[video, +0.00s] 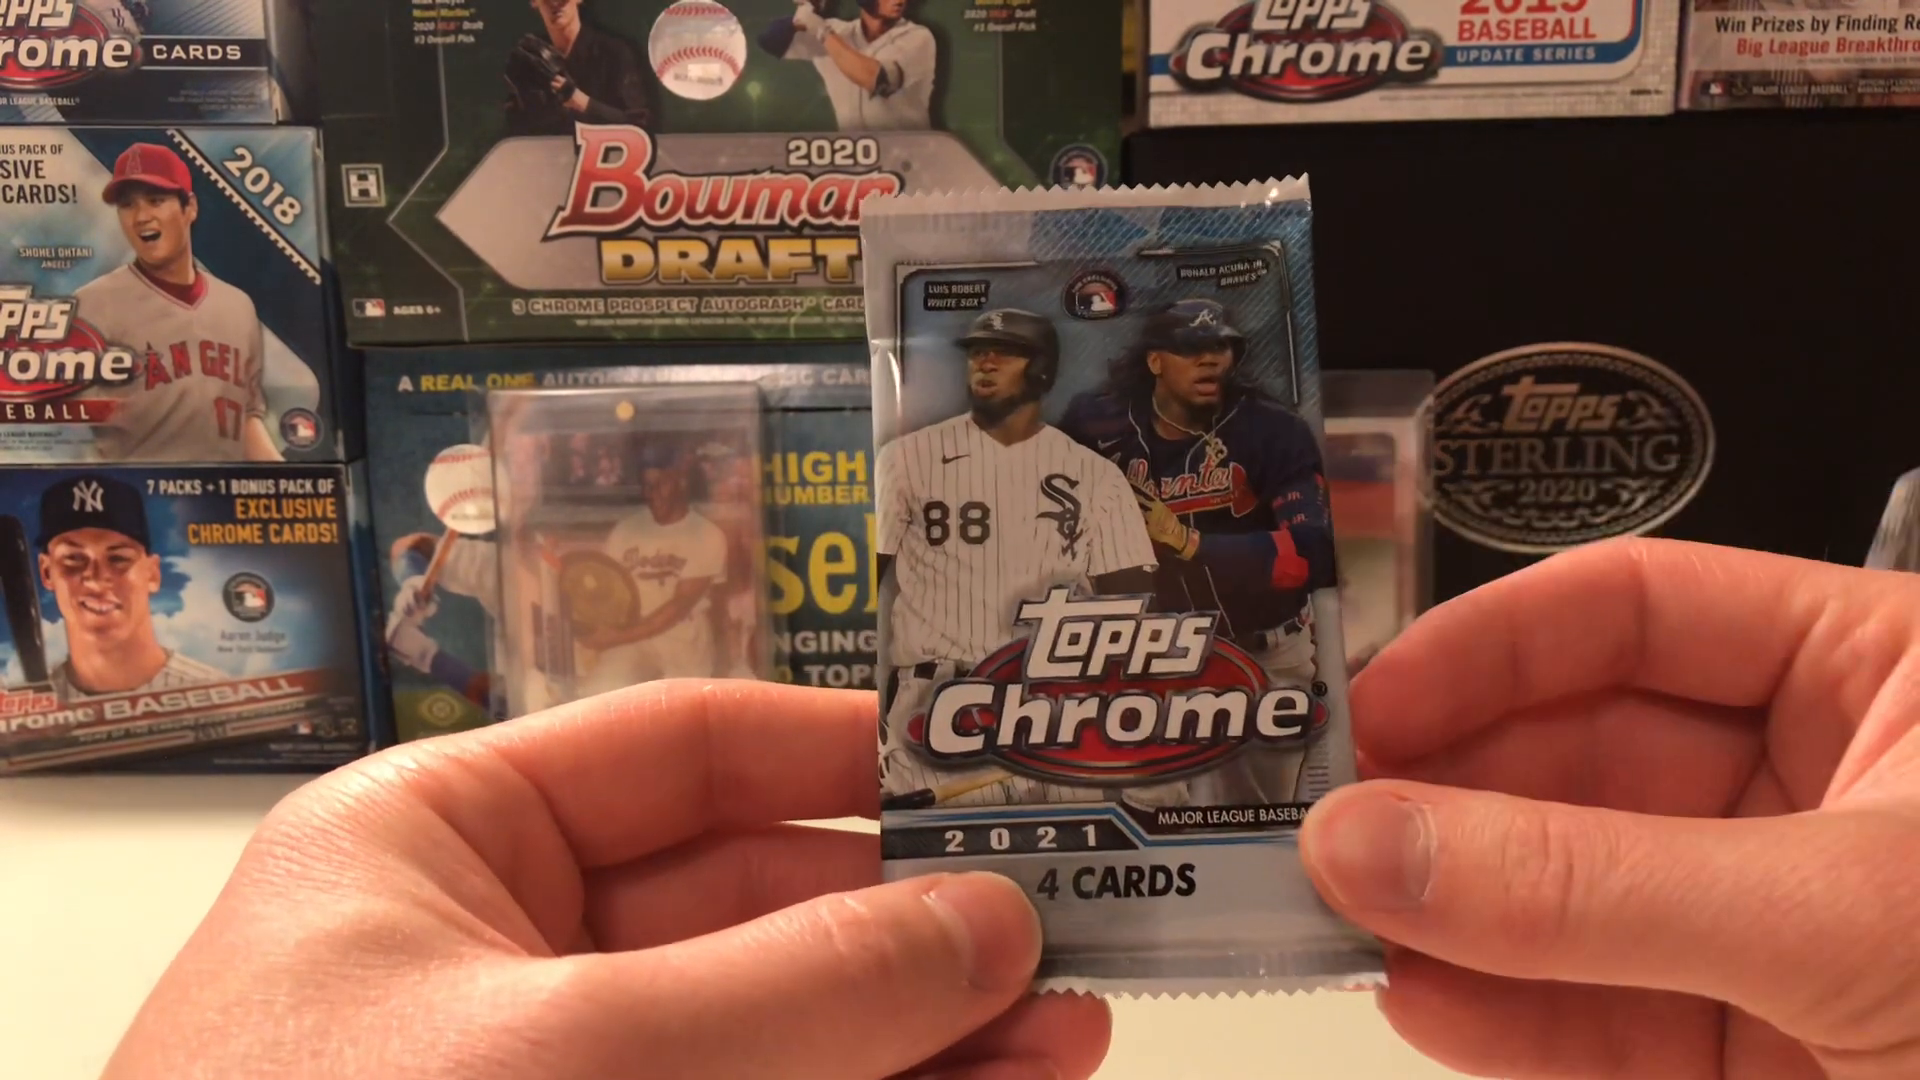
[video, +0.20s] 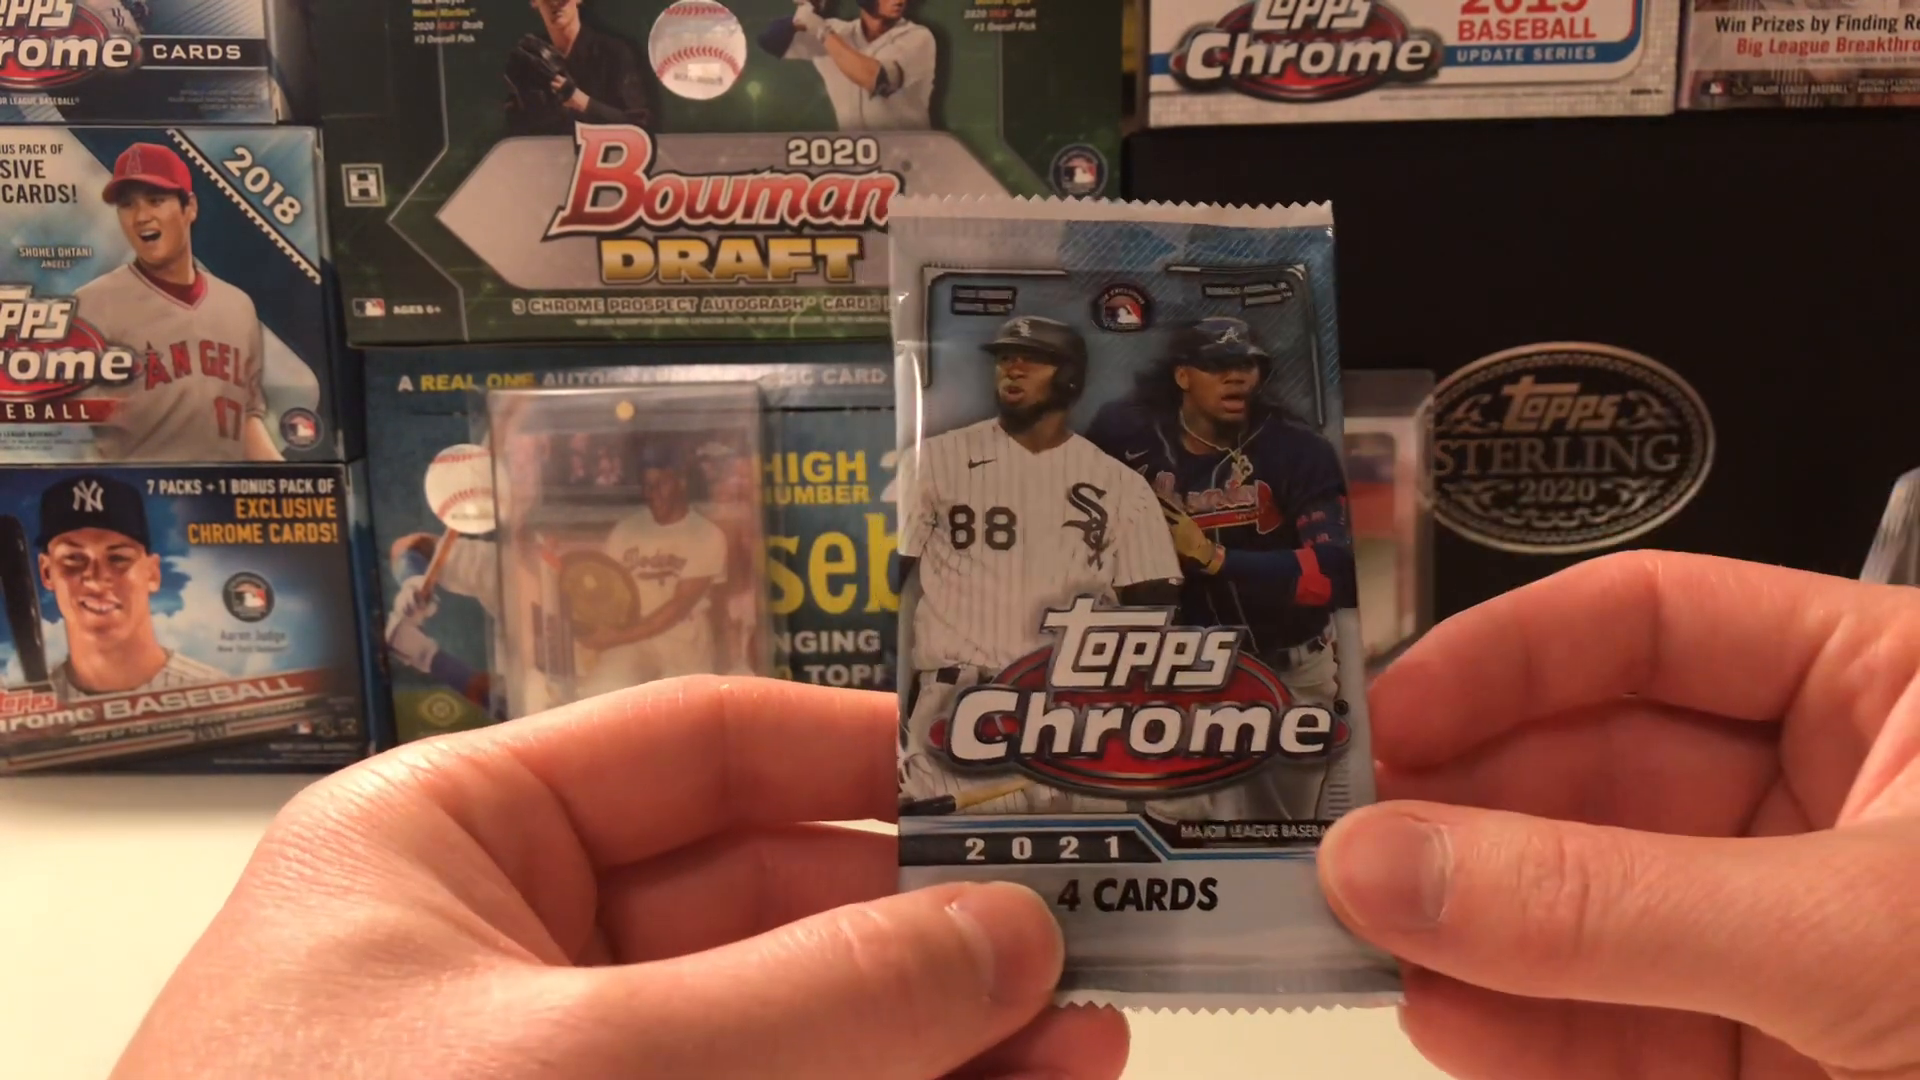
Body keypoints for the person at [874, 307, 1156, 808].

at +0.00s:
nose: (984, 364)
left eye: (1002, 353)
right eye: (977, 353)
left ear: (1040, 370)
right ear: (966, 363)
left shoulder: (1096, 478)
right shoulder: (904, 462)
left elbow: (1128, 612)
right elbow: (856, 587)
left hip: (1052, 717)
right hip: (927, 715)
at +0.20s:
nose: (1012, 370)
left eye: (1031, 360)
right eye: (1006, 358)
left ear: (1067, 376)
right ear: (994, 367)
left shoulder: (1122, 490)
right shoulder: (933, 463)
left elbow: (1149, 622)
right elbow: (902, 590)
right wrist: (898, 719)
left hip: (1071, 723)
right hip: (949, 717)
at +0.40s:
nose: (1017, 371)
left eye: (1036, 361)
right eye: (1010, 359)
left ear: (1072, 378)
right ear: (998, 368)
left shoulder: (1127, 491)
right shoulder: (938, 464)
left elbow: (1154, 623)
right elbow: (907, 597)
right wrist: (902, 715)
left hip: (1079, 726)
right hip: (955, 718)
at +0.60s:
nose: (1020, 375)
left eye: (1039, 364)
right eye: (1013, 362)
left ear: (1075, 381)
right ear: (1002, 371)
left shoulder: (1130, 492)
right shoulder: (941, 467)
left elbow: (1159, 624)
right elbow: (906, 599)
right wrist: (906, 723)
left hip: (1082, 726)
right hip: (959, 720)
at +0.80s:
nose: (1021, 369)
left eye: (1039, 358)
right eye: (1013, 357)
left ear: (1075, 375)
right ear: (1002, 368)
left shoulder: (1131, 482)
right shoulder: (943, 461)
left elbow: (1164, 611)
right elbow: (899, 589)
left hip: (1084, 713)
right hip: (963, 710)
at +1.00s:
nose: (1047, 371)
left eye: (1065, 360)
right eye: (1040, 359)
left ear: (1102, 377)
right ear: (1028, 369)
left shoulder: (1157, 484)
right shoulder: (967, 464)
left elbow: (1186, 611)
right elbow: (940, 590)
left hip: (1111, 715)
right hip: (991, 712)